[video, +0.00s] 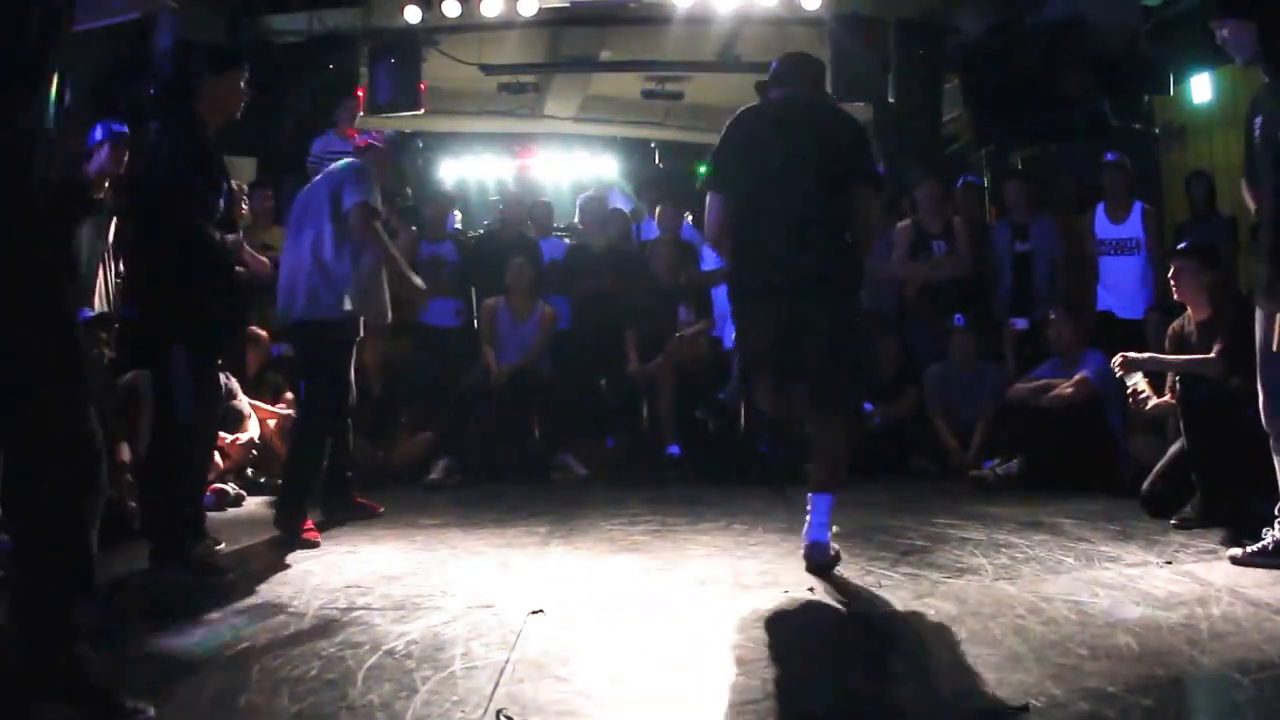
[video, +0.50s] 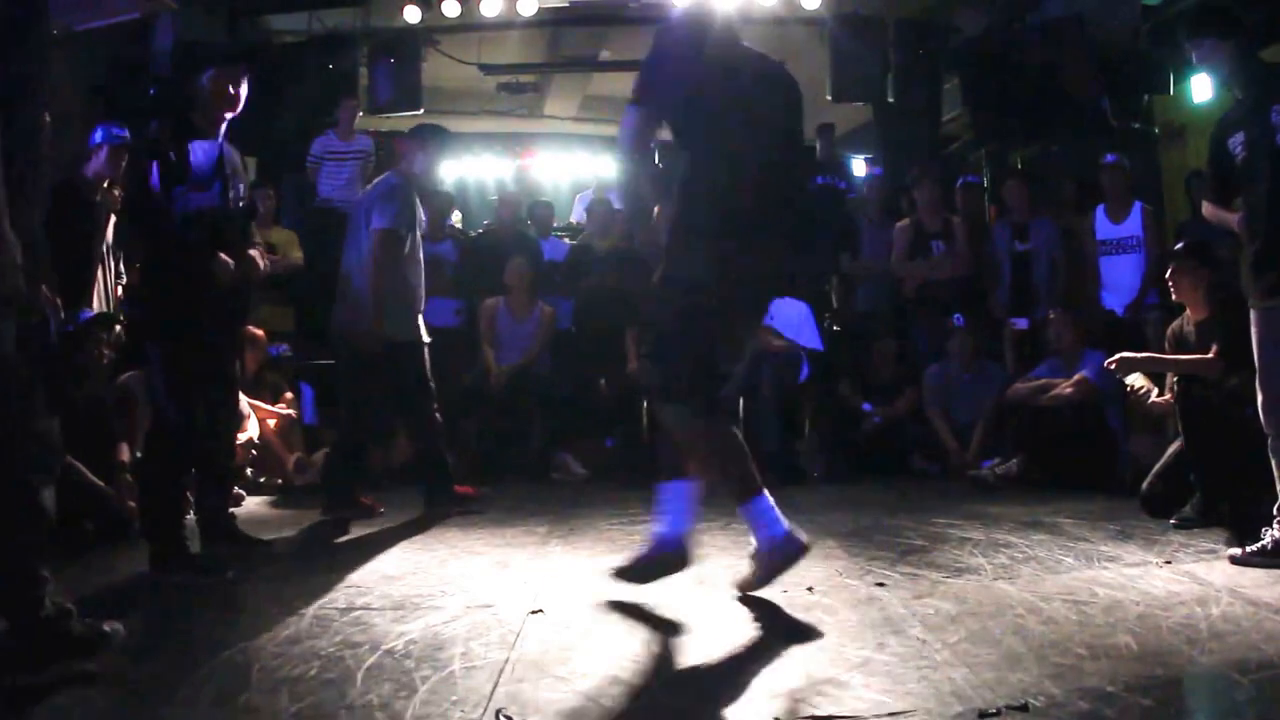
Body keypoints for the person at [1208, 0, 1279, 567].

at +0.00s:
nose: (1219, 34)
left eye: (1226, 24)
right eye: (1218, 26)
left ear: (1253, 26)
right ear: (1240, 31)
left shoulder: (1268, 102)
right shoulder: (1259, 102)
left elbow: (1257, 190)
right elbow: (1252, 185)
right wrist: (1265, 222)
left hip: (1274, 276)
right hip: (1265, 274)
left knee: (1272, 405)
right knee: (1269, 404)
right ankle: (1279, 523)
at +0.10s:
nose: (1213, 43)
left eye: (1220, 31)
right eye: (1209, 33)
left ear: (1249, 34)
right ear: (1232, 42)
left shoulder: (1264, 109)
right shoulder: (1248, 111)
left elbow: (1247, 191)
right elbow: (1238, 185)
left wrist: (1249, 208)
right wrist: (1251, 210)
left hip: (1271, 275)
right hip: (1261, 274)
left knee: (1271, 405)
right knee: (1267, 404)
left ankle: (1279, 528)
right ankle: (1276, 524)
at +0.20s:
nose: (1204, 47)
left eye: (1212, 37)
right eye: (1202, 39)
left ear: (1241, 37)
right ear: (1228, 43)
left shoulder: (1258, 110)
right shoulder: (1240, 114)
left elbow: (1236, 195)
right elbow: (1227, 192)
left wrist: (1244, 213)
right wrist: (1246, 215)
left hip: (1270, 273)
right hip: (1257, 271)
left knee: (1271, 396)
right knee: (1265, 395)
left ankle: (1277, 528)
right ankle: (1274, 522)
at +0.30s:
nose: (1205, 60)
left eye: (1210, 49)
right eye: (1202, 50)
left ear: (1234, 45)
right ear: (1225, 51)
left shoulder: (1257, 113)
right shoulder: (1236, 115)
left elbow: (1249, 202)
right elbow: (1215, 192)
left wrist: (1226, 207)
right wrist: (1235, 213)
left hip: (1269, 273)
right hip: (1253, 272)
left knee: (1270, 393)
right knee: (1262, 392)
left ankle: (1278, 523)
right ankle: (1273, 518)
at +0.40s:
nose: (1203, 60)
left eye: (1210, 49)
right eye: (1199, 51)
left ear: (1237, 47)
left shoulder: (1261, 114)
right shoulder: (1232, 122)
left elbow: (1226, 200)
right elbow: (1213, 201)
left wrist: (1235, 213)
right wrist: (1238, 216)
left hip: (1272, 274)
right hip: (1257, 274)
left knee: (1270, 394)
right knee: (1264, 393)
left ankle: (1278, 524)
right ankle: (1276, 519)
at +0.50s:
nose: (1200, 63)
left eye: (1206, 50)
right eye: (1196, 53)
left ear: (1234, 46)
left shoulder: (1260, 113)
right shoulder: (1229, 123)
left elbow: (1231, 206)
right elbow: (1208, 203)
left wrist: (1227, 212)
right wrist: (1234, 216)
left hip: (1270, 283)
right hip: (1259, 283)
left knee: (1271, 404)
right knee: (1268, 404)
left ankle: (1279, 526)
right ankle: (1276, 522)